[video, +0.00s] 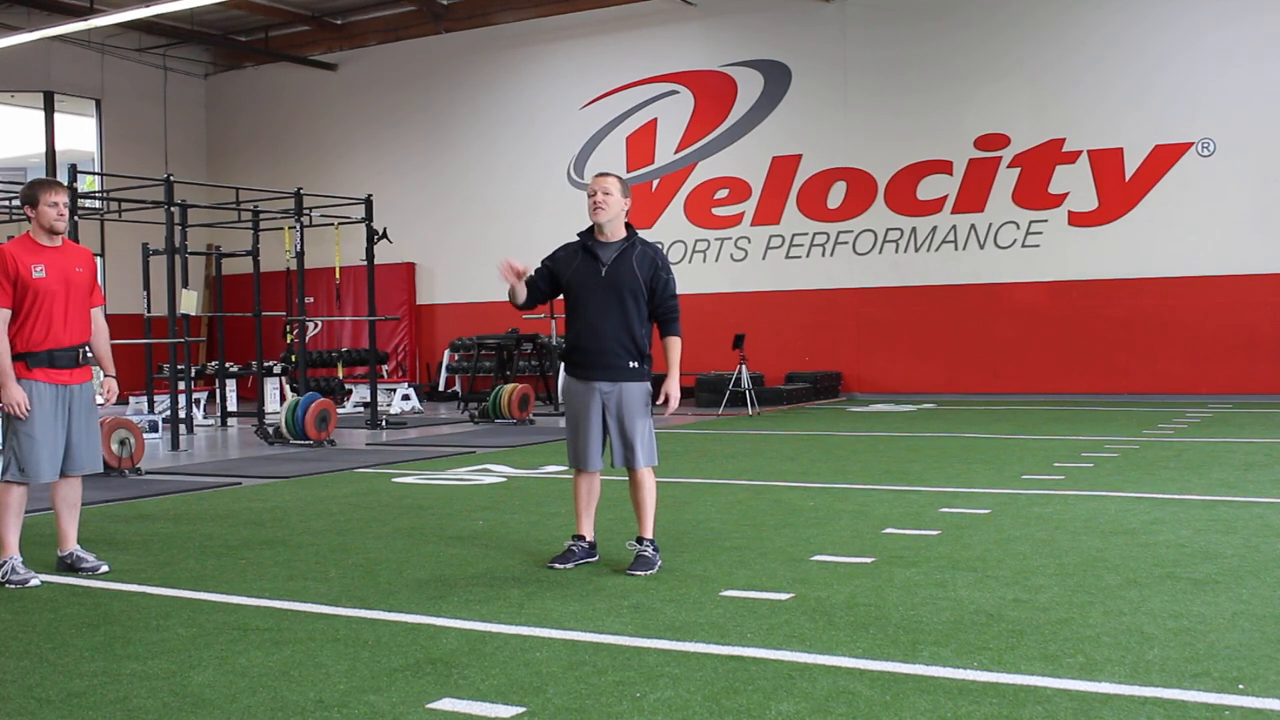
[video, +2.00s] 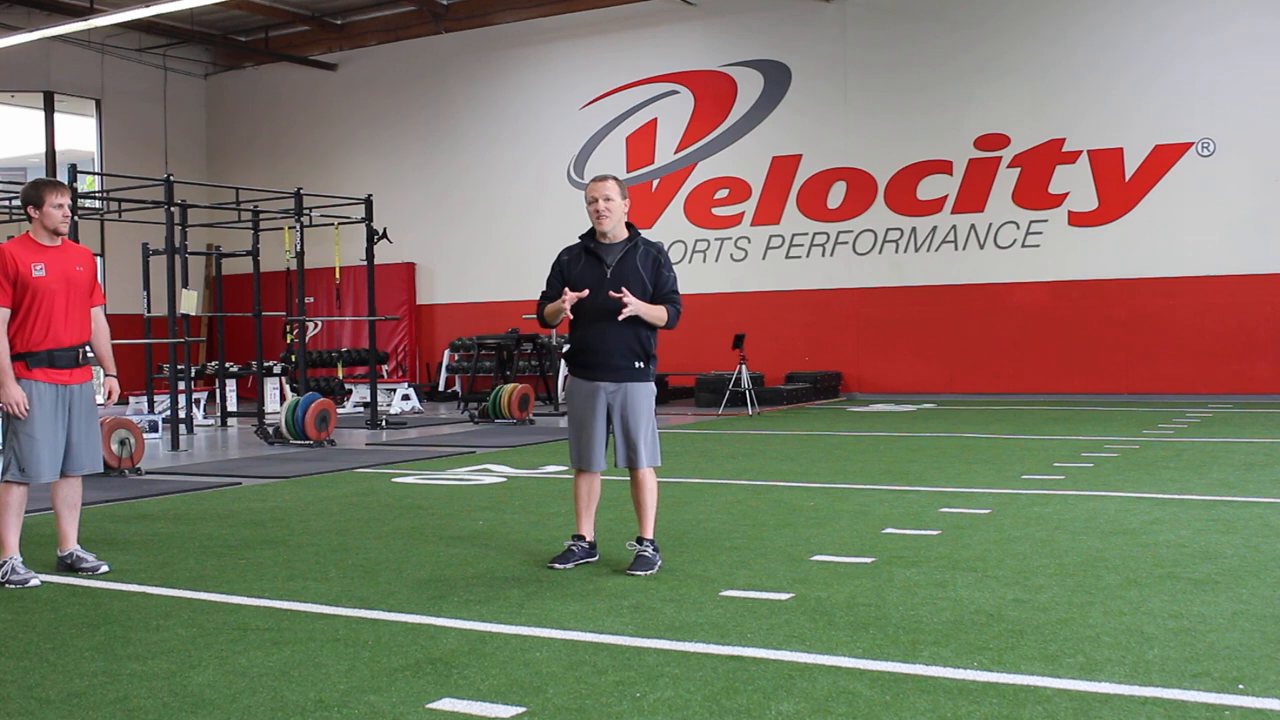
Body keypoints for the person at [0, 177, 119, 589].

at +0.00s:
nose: (62, 212)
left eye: (66, 205)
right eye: (53, 205)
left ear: (69, 211)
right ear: (30, 211)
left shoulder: (84, 257)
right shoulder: (11, 255)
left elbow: (96, 320)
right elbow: (0, 326)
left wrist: (109, 371)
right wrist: (7, 382)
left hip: (77, 377)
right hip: (30, 378)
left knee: (72, 467)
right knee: (18, 473)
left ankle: (69, 551)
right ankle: (10, 559)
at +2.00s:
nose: (66, 213)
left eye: (68, 206)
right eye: (57, 206)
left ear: (69, 211)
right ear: (33, 211)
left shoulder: (84, 257)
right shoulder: (11, 255)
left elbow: (96, 319)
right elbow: (0, 326)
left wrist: (110, 371)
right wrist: (6, 381)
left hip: (77, 376)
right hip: (29, 378)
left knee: (72, 466)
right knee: (18, 473)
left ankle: (69, 551)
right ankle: (10, 560)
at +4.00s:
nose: (67, 214)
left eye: (69, 207)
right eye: (58, 207)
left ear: (71, 211)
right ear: (34, 211)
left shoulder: (85, 257)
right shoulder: (11, 254)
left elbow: (97, 319)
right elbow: (1, 325)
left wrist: (111, 370)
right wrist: (7, 381)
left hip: (77, 377)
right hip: (30, 378)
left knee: (72, 466)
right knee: (19, 473)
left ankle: (69, 551)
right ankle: (10, 559)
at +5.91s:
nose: (66, 215)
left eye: (69, 209)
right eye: (57, 208)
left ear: (73, 212)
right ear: (35, 211)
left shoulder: (85, 257)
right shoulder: (12, 255)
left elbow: (98, 319)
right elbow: (1, 325)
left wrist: (111, 371)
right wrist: (8, 381)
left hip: (78, 377)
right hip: (30, 378)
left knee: (72, 466)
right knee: (19, 473)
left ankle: (69, 551)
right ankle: (10, 559)